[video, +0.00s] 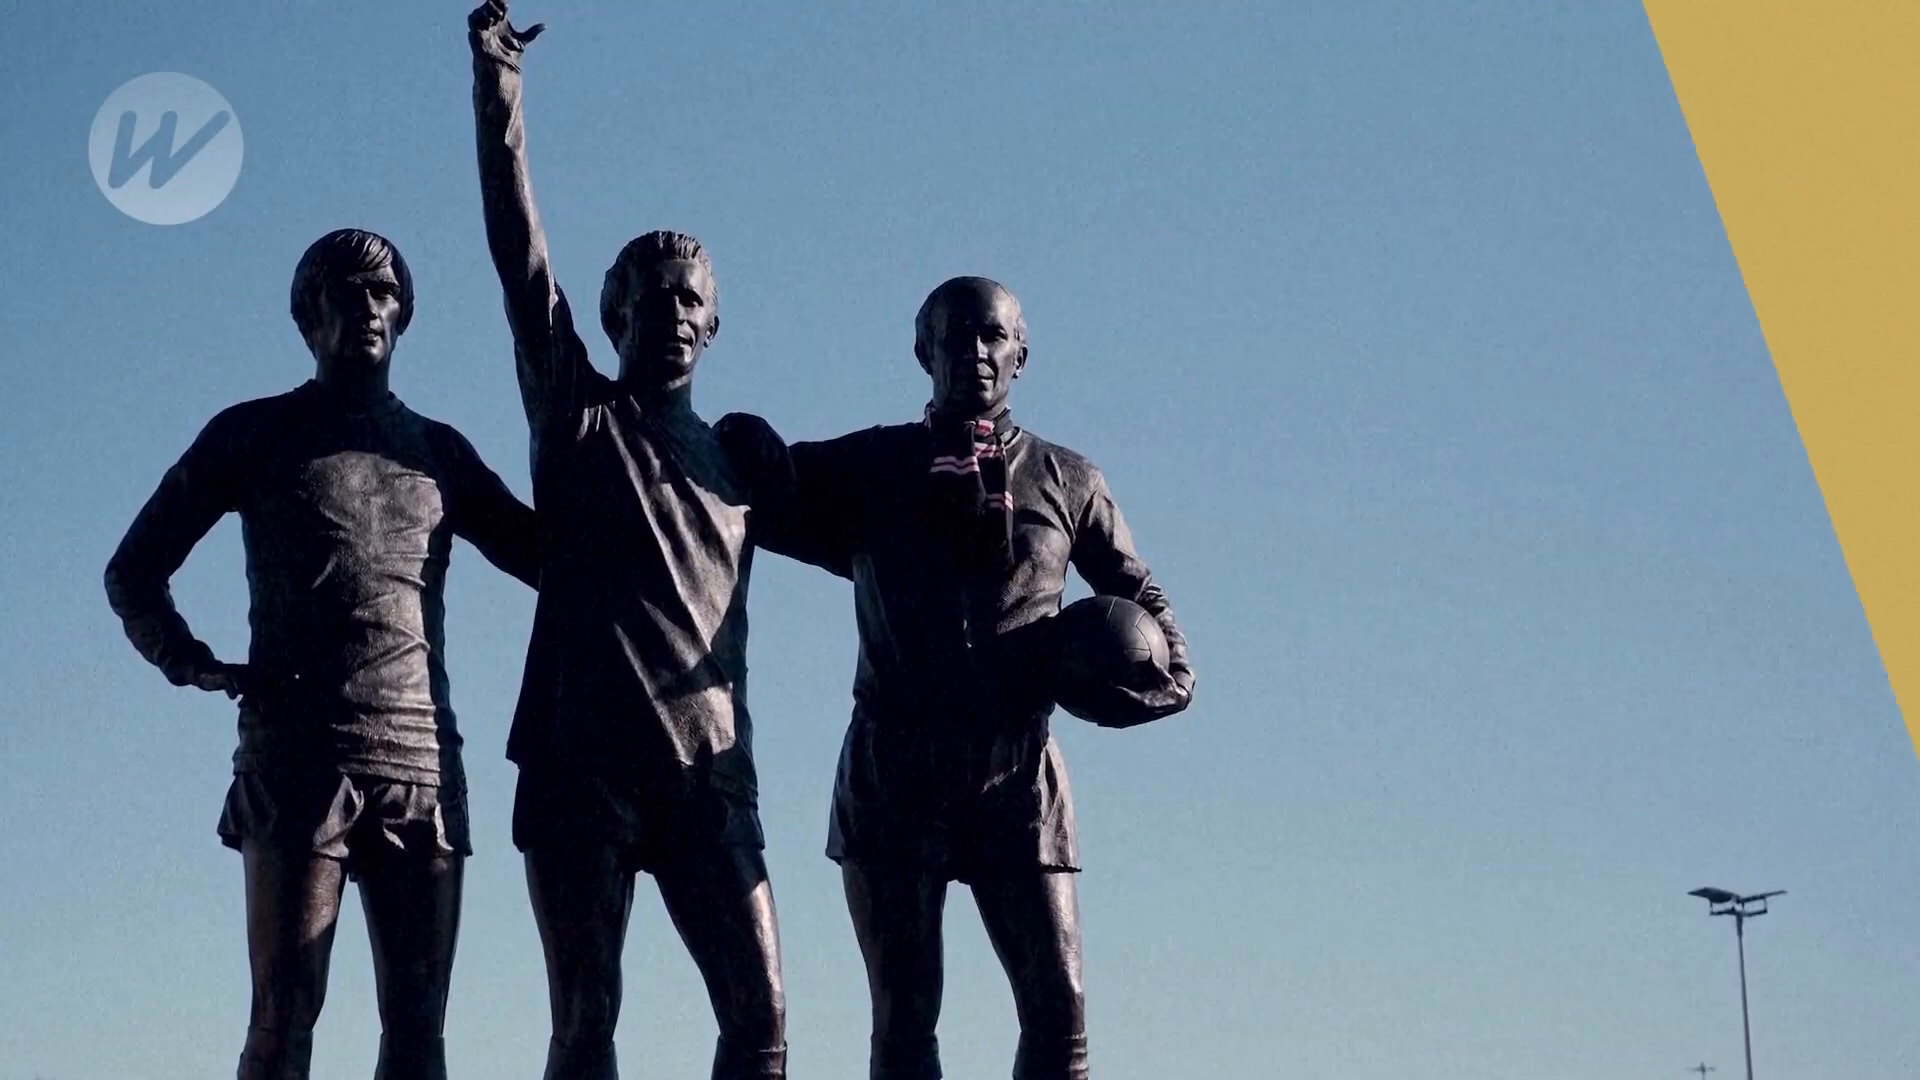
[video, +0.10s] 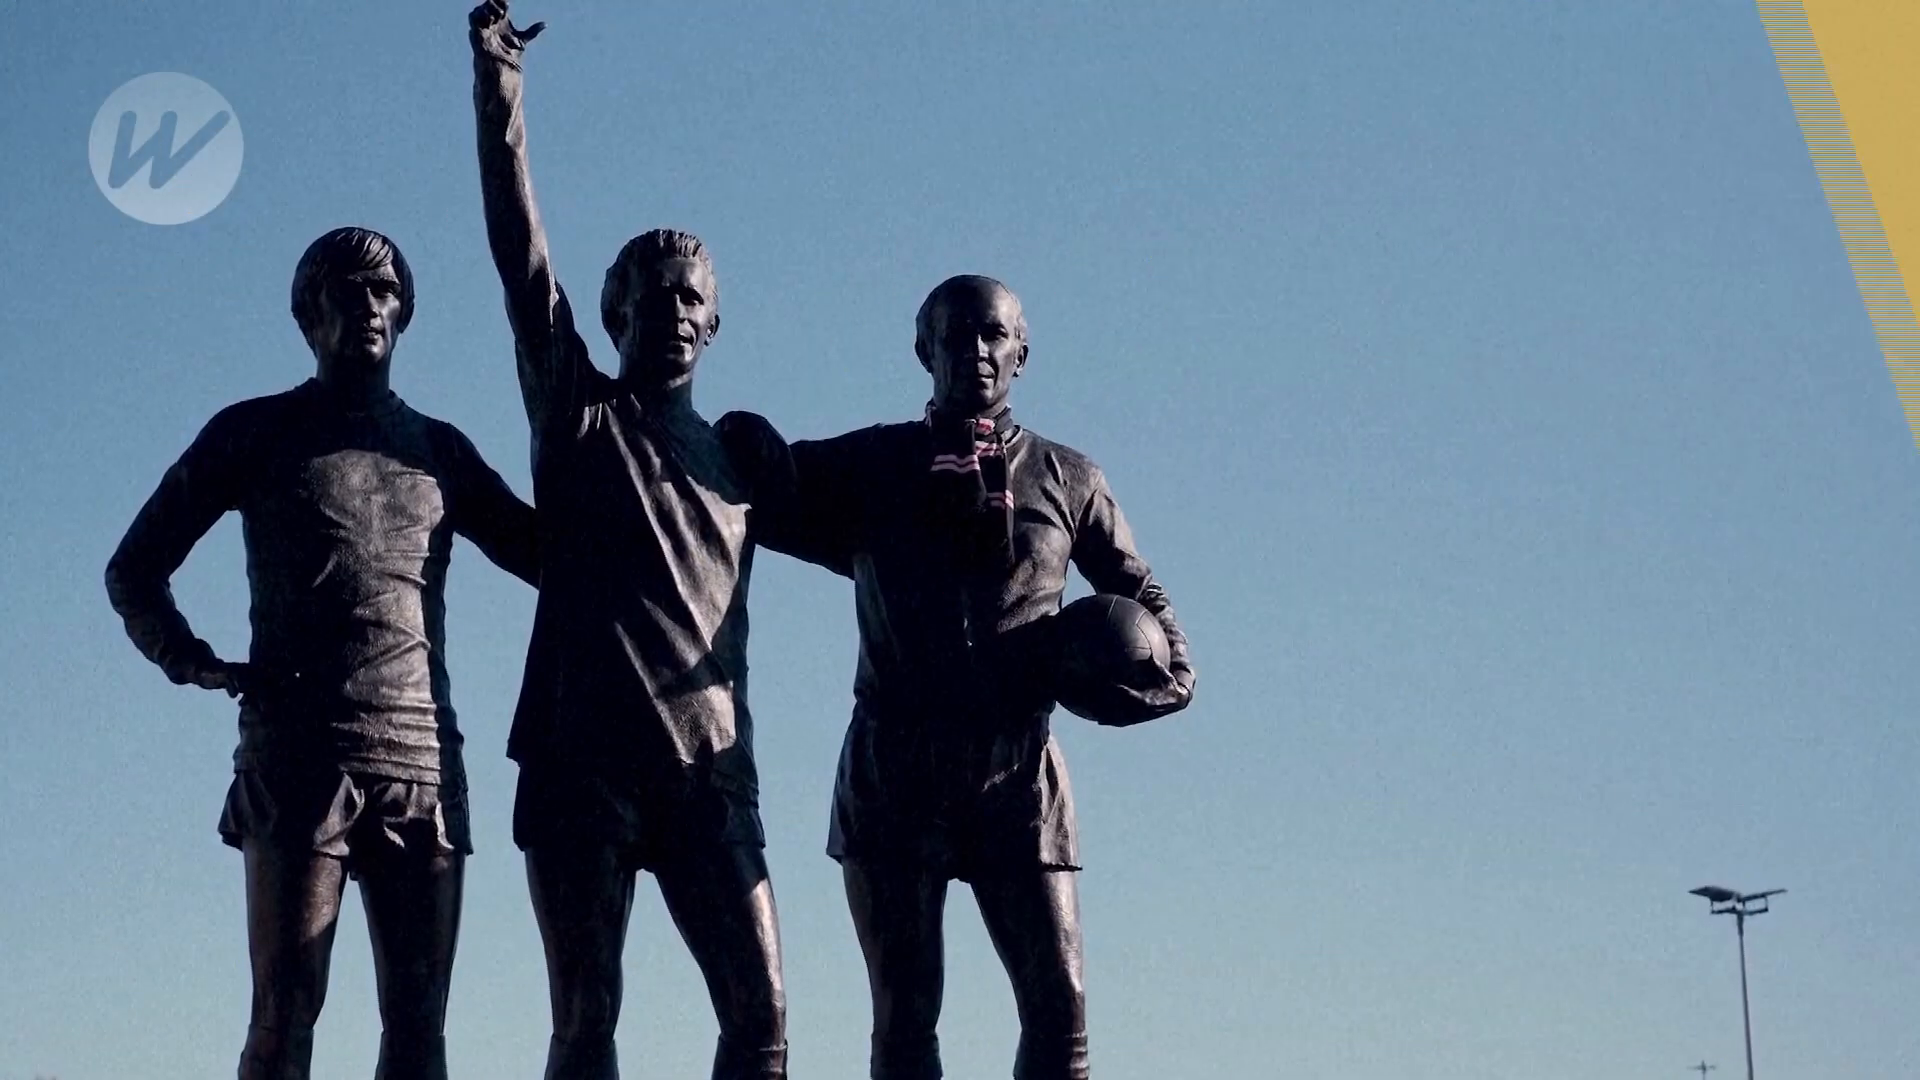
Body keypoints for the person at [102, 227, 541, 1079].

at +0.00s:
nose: (367, 306)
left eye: (382, 292)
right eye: (345, 291)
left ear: (404, 314)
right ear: (306, 311)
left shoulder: (440, 450)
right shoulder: (249, 435)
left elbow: (539, 554)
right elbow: (133, 574)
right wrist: (190, 663)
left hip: (421, 765)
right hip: (299, 760)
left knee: (418, 1024)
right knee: (286, 1021)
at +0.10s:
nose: (368, 305)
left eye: (383, 291)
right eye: (346, 290)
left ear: (405, 313)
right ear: (306, 310)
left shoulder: (441, 449)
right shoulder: (249, 434)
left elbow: (541, 552)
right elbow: (133, 573)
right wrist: (193, 662)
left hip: (421, 764)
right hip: (299, 758)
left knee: (419, 1021)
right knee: (287, 1016)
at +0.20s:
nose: (368, 302)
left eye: (384, 288)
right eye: (346, 288)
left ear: (406, 311)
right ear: (308, 309)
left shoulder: (442, 448)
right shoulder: (250, 432)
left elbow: (544, 551)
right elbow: (134, 571)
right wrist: (188, 656)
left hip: (422, 761)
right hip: (300, 754)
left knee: (420, 1019)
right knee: (288, 1012)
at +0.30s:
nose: (371, 301)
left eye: (386, 287)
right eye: (349, 286)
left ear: (408, 309)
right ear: (310, 306)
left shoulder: (444, 446)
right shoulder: (252, 430)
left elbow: (543, 548)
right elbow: (136, 569)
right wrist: (193, 656)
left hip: (425, 758)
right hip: (302, 752)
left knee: (422, 1016)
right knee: (290, 1012)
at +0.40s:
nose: (374, 300)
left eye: (389, 286)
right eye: (352, 285)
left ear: (410, 307)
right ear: (312, 305)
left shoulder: (446, 444)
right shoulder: (253, 429)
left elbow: (545, 547)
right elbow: (137, 569)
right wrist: (196, 656)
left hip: (426, 757)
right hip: (304, 751)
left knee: (424, 1014)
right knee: (292, 1011)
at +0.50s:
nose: (375, 301)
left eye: (389, 287)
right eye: (352, 286)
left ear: (410, 307)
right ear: (313, 305)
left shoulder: (447, 444)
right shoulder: (254, 429)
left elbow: (546, 547)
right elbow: (138, 569)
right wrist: (199, 657)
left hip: (426, 757)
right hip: (303, 751)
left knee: (426, 1013)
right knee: (293, 1009)